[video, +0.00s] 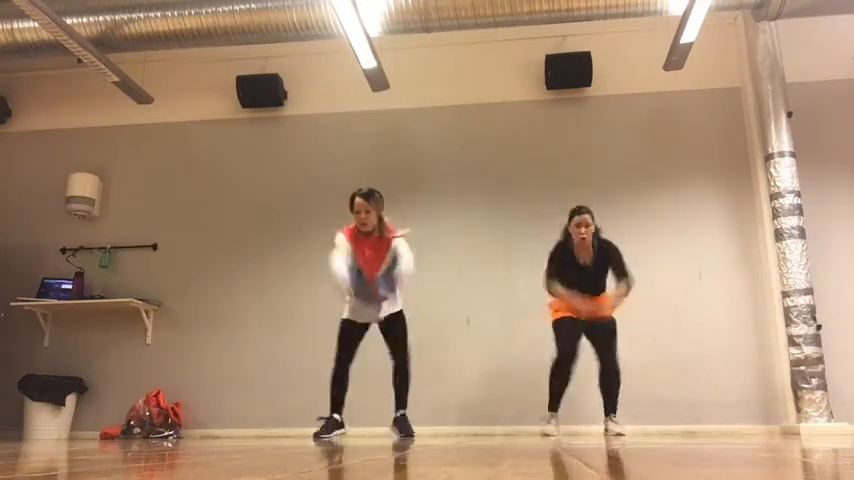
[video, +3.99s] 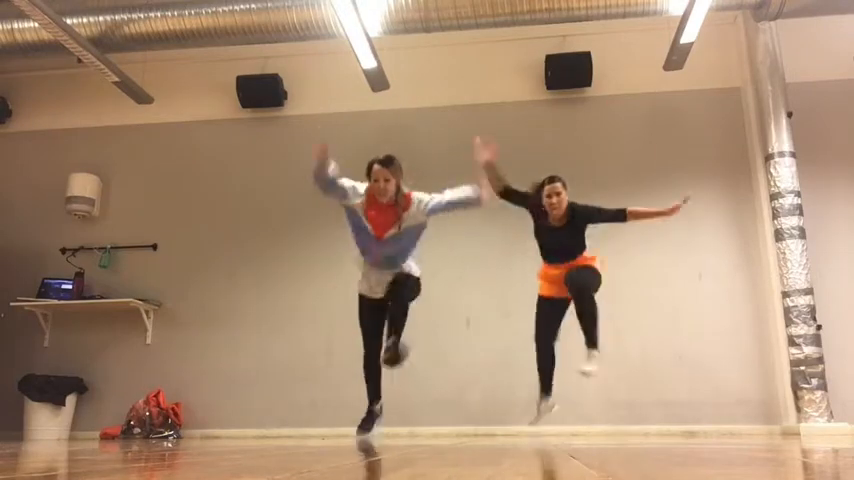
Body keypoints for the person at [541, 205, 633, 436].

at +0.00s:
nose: (582, 229)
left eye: (586, 224)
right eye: (577, 225)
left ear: (594, 227)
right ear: (569, 229)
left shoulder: (607, 249)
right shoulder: (561, 250)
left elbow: (626, 281)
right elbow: (551, 284)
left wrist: (612, 302)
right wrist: (577, 302)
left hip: (599, 309)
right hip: (567, 309)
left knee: (609, 360)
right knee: (566, 356)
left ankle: (610, 418)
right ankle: (552, 415)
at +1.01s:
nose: (575, 244)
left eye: (579, 238)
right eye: (570, 239)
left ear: (588, 233)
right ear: (562, 235)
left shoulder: (598, 251)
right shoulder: (556, 233)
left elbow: (603, 288)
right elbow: (540, 223)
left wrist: (601, 310)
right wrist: (528, 219)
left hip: (587, 303)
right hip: (553, 299)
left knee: (622, 343)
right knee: (539, 351)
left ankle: (639, 408)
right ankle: (533, 416)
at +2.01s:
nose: (566, 201)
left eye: (571, 196)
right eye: (563, 196)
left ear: (582, 196)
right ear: (557, 198)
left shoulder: (594, 211)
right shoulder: (553, 221)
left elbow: (620, 203)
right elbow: (537, 259)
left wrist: (629, 194)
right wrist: (505, 256)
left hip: (587, 287)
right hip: (563, 279)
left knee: (588, 349)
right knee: (553, 221)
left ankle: (576, 413)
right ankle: (539, 280)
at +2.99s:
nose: (563, 181)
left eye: (567, 176)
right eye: (559, 177)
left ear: (576, 179)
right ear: (551, 180)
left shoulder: (585, 204)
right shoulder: (543, 197)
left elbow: (615, 213)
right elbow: (518, 189)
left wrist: (610, 186)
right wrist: (498, 175)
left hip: (573, 269)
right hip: (543, 271)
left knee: (605, 254)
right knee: (519, 315)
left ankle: (604, 314)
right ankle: (517, 389)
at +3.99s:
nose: (554, 200)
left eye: (558, 195)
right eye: (548, 196)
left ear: (567, 196)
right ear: (542, 199)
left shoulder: (579, 213)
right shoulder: (534, 206)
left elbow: (622, 215)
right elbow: (503, 191)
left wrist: (665, 212)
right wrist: (488, 165)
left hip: (582, 270)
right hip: (553, 279)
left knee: (578, 282)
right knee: (543, 339)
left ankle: (592, 351)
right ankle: (545, 398)